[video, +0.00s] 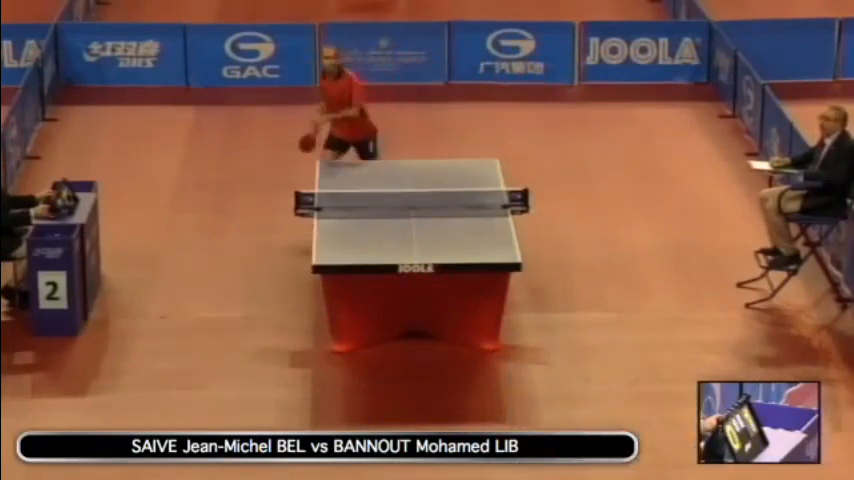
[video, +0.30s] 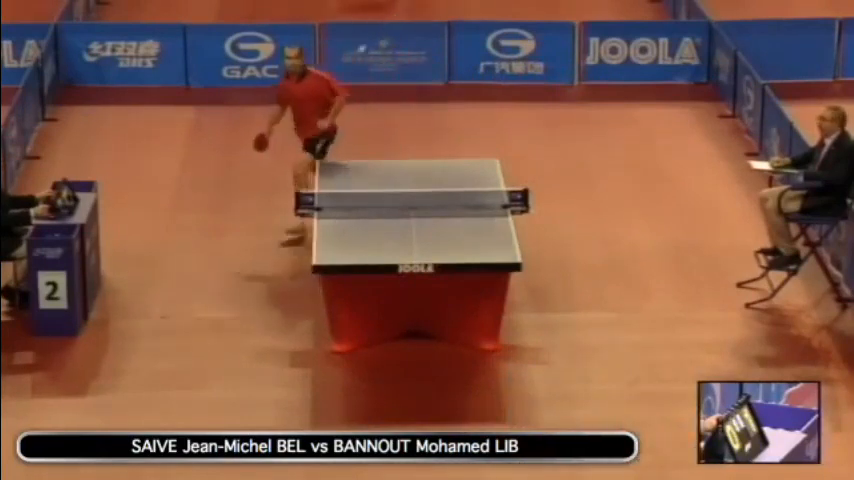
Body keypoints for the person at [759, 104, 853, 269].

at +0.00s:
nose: (821, 123)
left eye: (827, 119)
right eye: (821, 118)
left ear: (839, 125)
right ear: (820, 119)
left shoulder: (846, 147)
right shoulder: (827, 140)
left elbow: (837, 177)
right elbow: (809, 157)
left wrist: (804, 175)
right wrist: (787, 163)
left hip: (829, 199)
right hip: (815, 191)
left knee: (773, 205)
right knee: (765, 197)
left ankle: (790, 254)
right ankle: (780, 247)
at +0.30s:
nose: (819, 123)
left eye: (824, 120)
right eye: (819, 119)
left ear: (837, 124)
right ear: (832, 124)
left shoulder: (845, 147)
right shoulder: (827, 140)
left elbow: (836, 178)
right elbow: (808, 157)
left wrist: (803, 175)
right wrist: (787, 162)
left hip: (829, 199)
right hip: (815, 191)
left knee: (773, 204)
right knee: (765, 197)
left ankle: (790, 253)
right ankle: (780, 247)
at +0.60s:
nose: (819, 123)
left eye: (824, 120)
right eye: (820, 119)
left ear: (837, 124)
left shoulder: (846, 146)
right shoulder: (826, 140)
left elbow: (836, 178)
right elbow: (808, 157)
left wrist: (804, 175)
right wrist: (787, 162)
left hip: (830, 199)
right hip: (815, 191)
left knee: (773, 204)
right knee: (765, 197)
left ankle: (790, 254)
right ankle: (780, 247)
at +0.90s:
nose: (820, 124)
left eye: (825, 120)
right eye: (820, 119)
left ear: (838, 125)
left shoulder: (846, 147)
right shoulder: (826, 141)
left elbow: (836, 178)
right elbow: (808, 158)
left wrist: (803, 175)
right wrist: (787, 162)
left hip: (829, 199)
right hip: (815, 191)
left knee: (773, 205)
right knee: (765, 197)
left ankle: (790, 254)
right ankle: (780, 247)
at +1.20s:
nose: (820, 123)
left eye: (825, 120)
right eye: (821, 119)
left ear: (837, 125)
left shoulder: (846, 147)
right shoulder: (826, 141)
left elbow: (837, 178)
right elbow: (810, 148)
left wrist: (806, 175)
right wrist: (786, 145)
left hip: (830, 199)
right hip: (815, 191)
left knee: (773, 205)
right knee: (765, 197)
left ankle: (790, 254)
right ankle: (780, 247)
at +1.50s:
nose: (822, 124)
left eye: (829, 121)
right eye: (824, 120)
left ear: (840, 128)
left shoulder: (846, 148)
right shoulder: (826, 142)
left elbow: (834, 178)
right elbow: (804, 160)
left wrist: (803, 176)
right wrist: (786, 165)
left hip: (828, 199)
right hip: (813, 191)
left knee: (774, 206)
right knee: (765, 197)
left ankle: (790, 254)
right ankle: (780, 246)